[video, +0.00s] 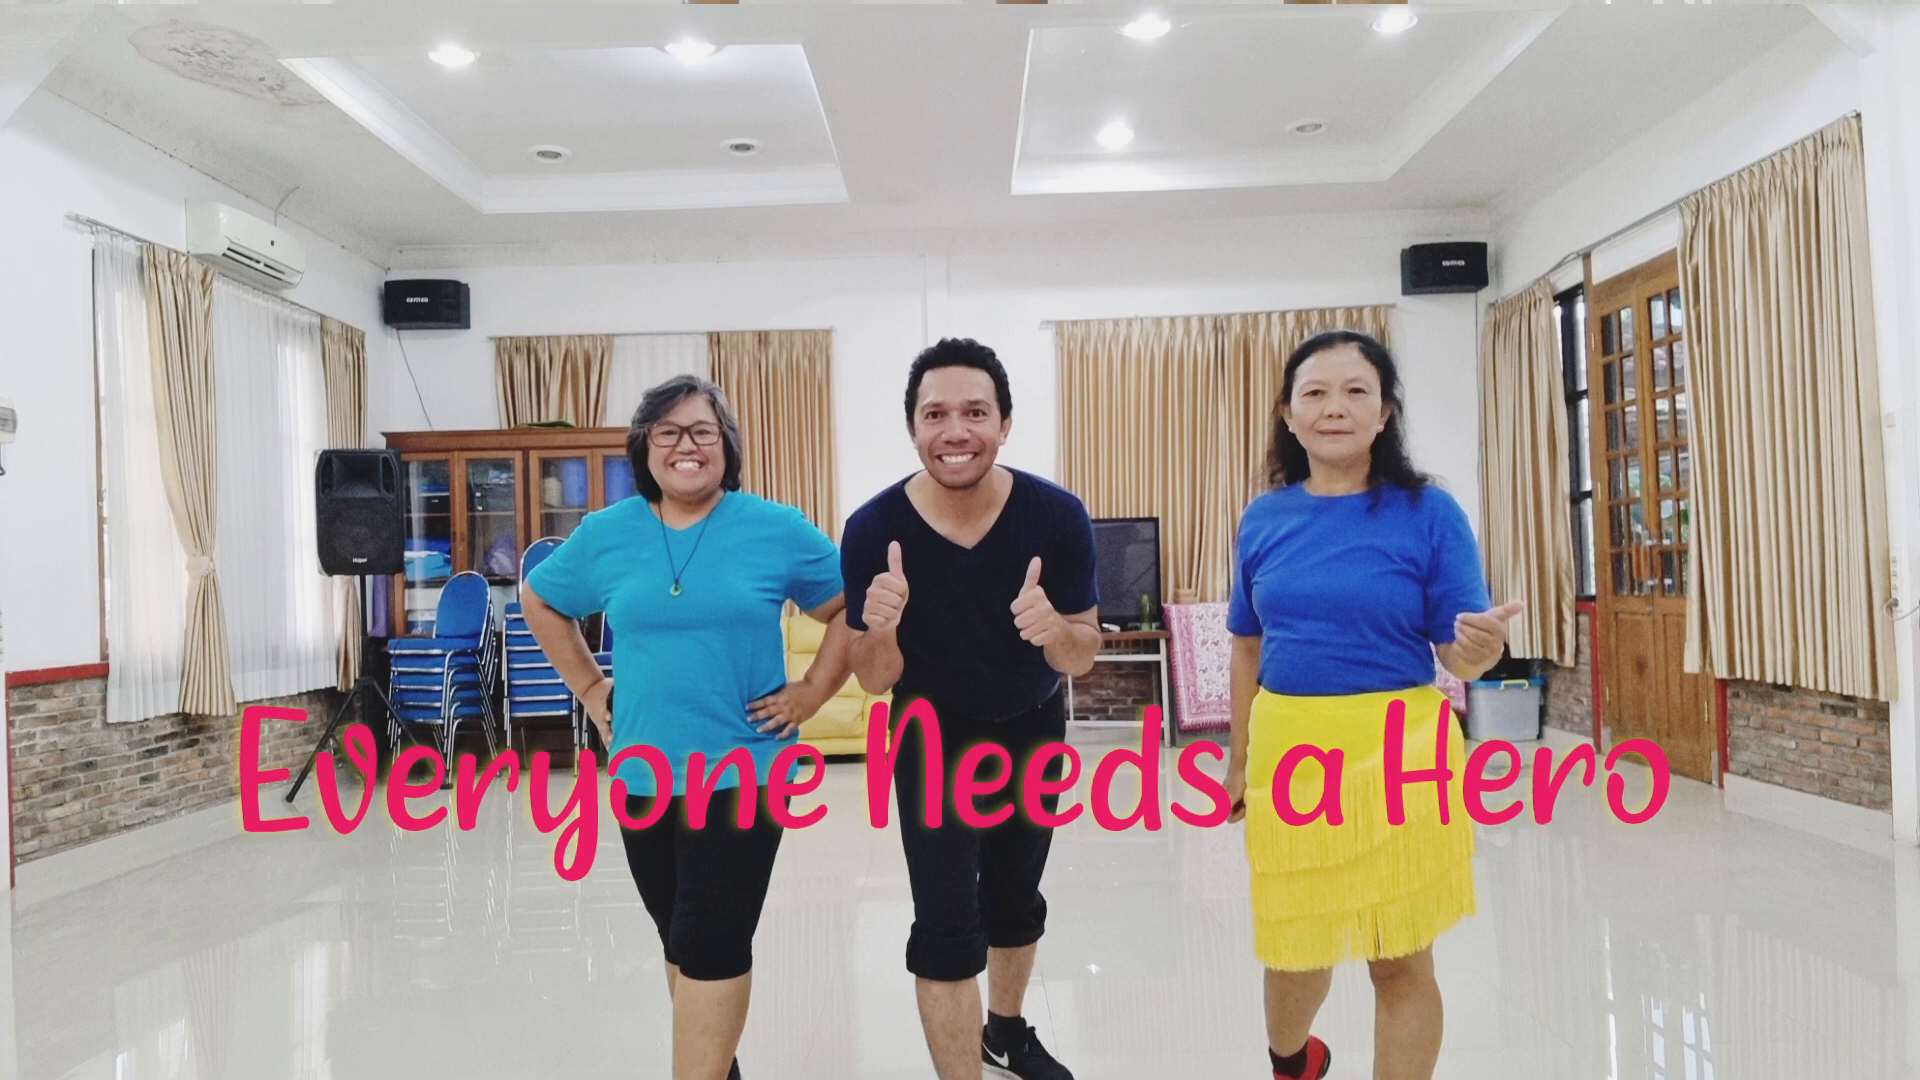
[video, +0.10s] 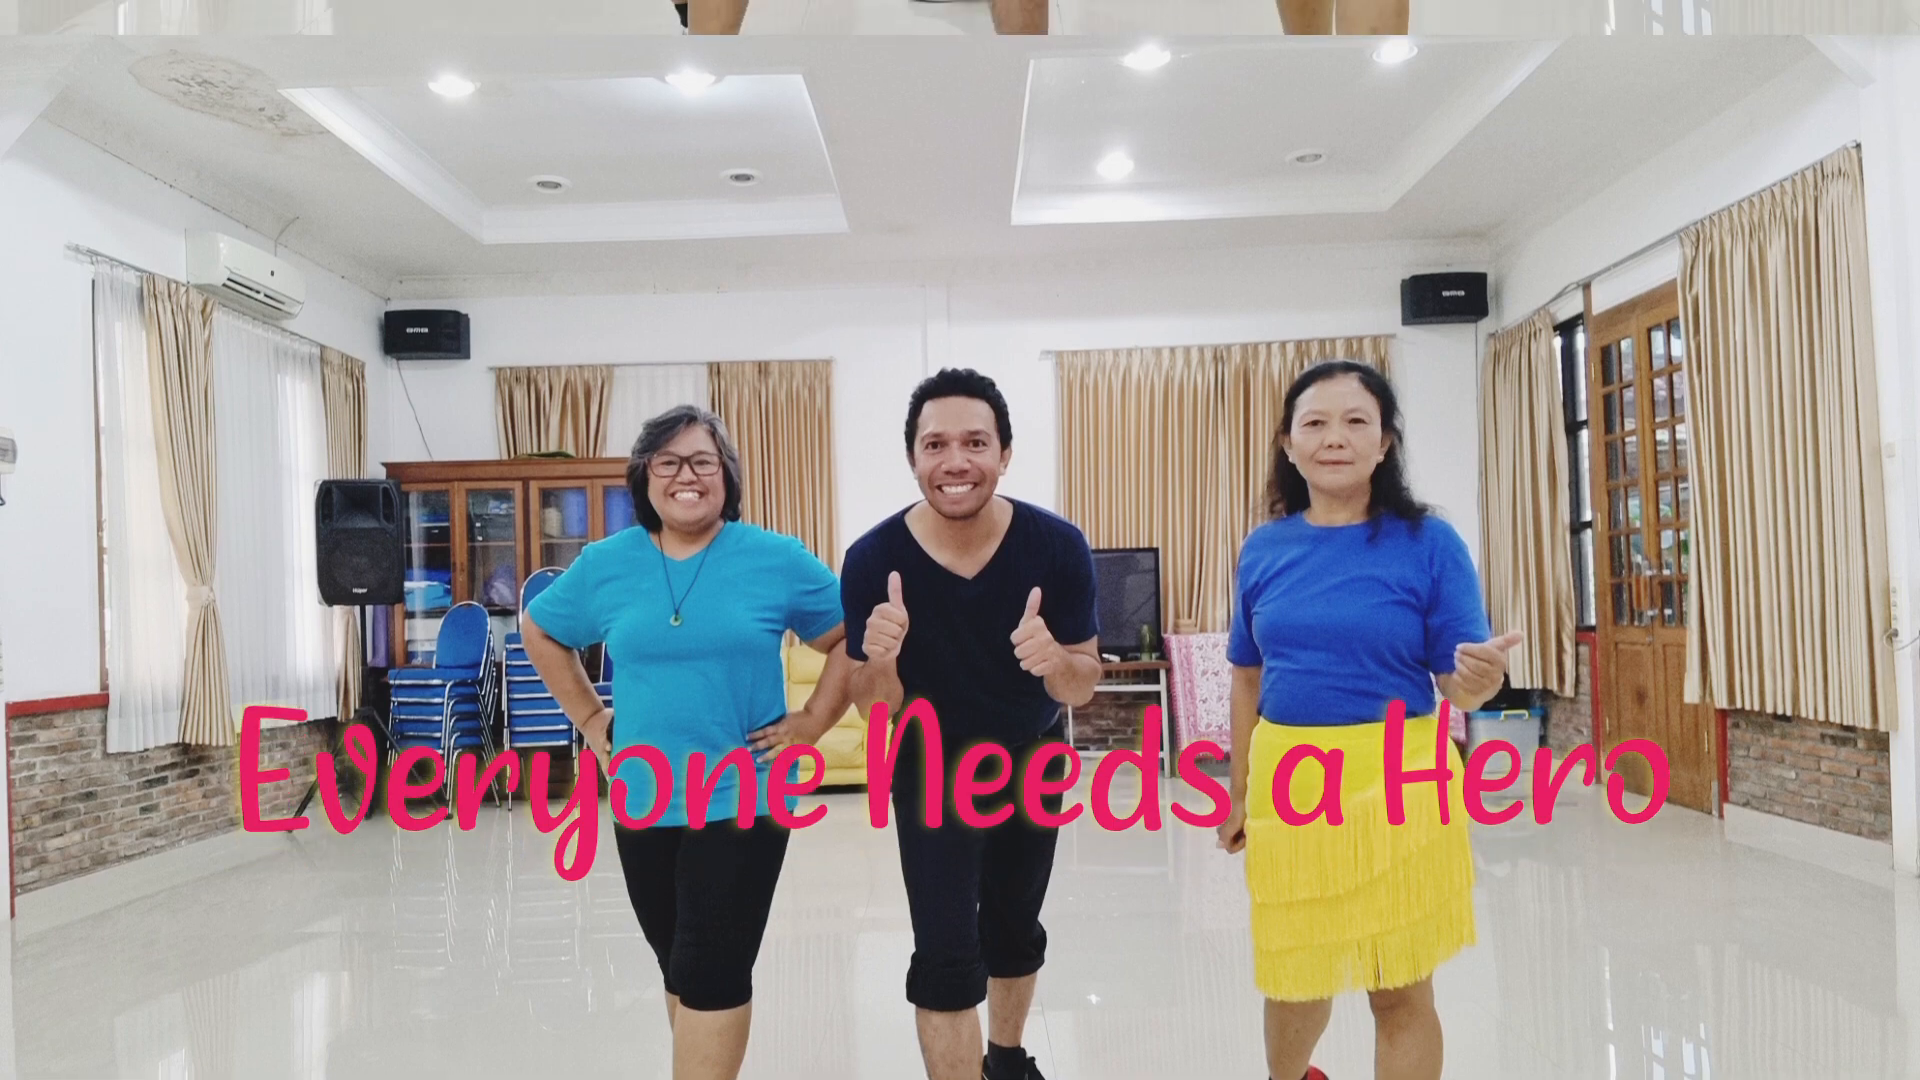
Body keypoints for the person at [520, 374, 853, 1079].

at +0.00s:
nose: (687, 445)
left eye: (703, 432)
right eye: (670, 433)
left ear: (727, 447)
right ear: (645, 450)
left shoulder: (779, 532)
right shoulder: (606, 535)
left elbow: (852, 611)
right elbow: (537, 598)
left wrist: (812, 690)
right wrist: (590, 686)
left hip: (746, 777)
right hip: (643, 779)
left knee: (708, 950)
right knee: (683, 948)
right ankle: (721, 1070)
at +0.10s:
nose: (687, 476)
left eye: (703, 463)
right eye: (670, 464)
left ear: (727, 478)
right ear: (645, 482)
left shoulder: (778, 560)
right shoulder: (607, 564)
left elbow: (853, 642)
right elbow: (538, 630)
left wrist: (811, 721)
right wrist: (592, 718)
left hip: (743, 811)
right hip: (643, 813)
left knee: (706, 982)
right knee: (685, 982)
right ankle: (706, 1076)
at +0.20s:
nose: (688, 556)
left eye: (703, 543)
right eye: (670, 544)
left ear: (727, 557)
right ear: (645, 561)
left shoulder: (778, 642)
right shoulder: (606, 646)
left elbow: (850, 719)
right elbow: (539, 706)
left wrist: (813, 804)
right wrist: (589, 795)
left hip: (745, 890)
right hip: (642, 895)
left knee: (703, 1061)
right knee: (688, 1062)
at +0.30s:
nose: (687, 716)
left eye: (703, 704)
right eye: (669, 704)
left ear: (727, 716)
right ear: (645, 716)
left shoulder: (769, 801)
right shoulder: (614, 803)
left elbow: (853, 875)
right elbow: (539, 869)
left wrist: (815, 960)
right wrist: (592, 961)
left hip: (748, 1044)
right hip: (644, 1046)